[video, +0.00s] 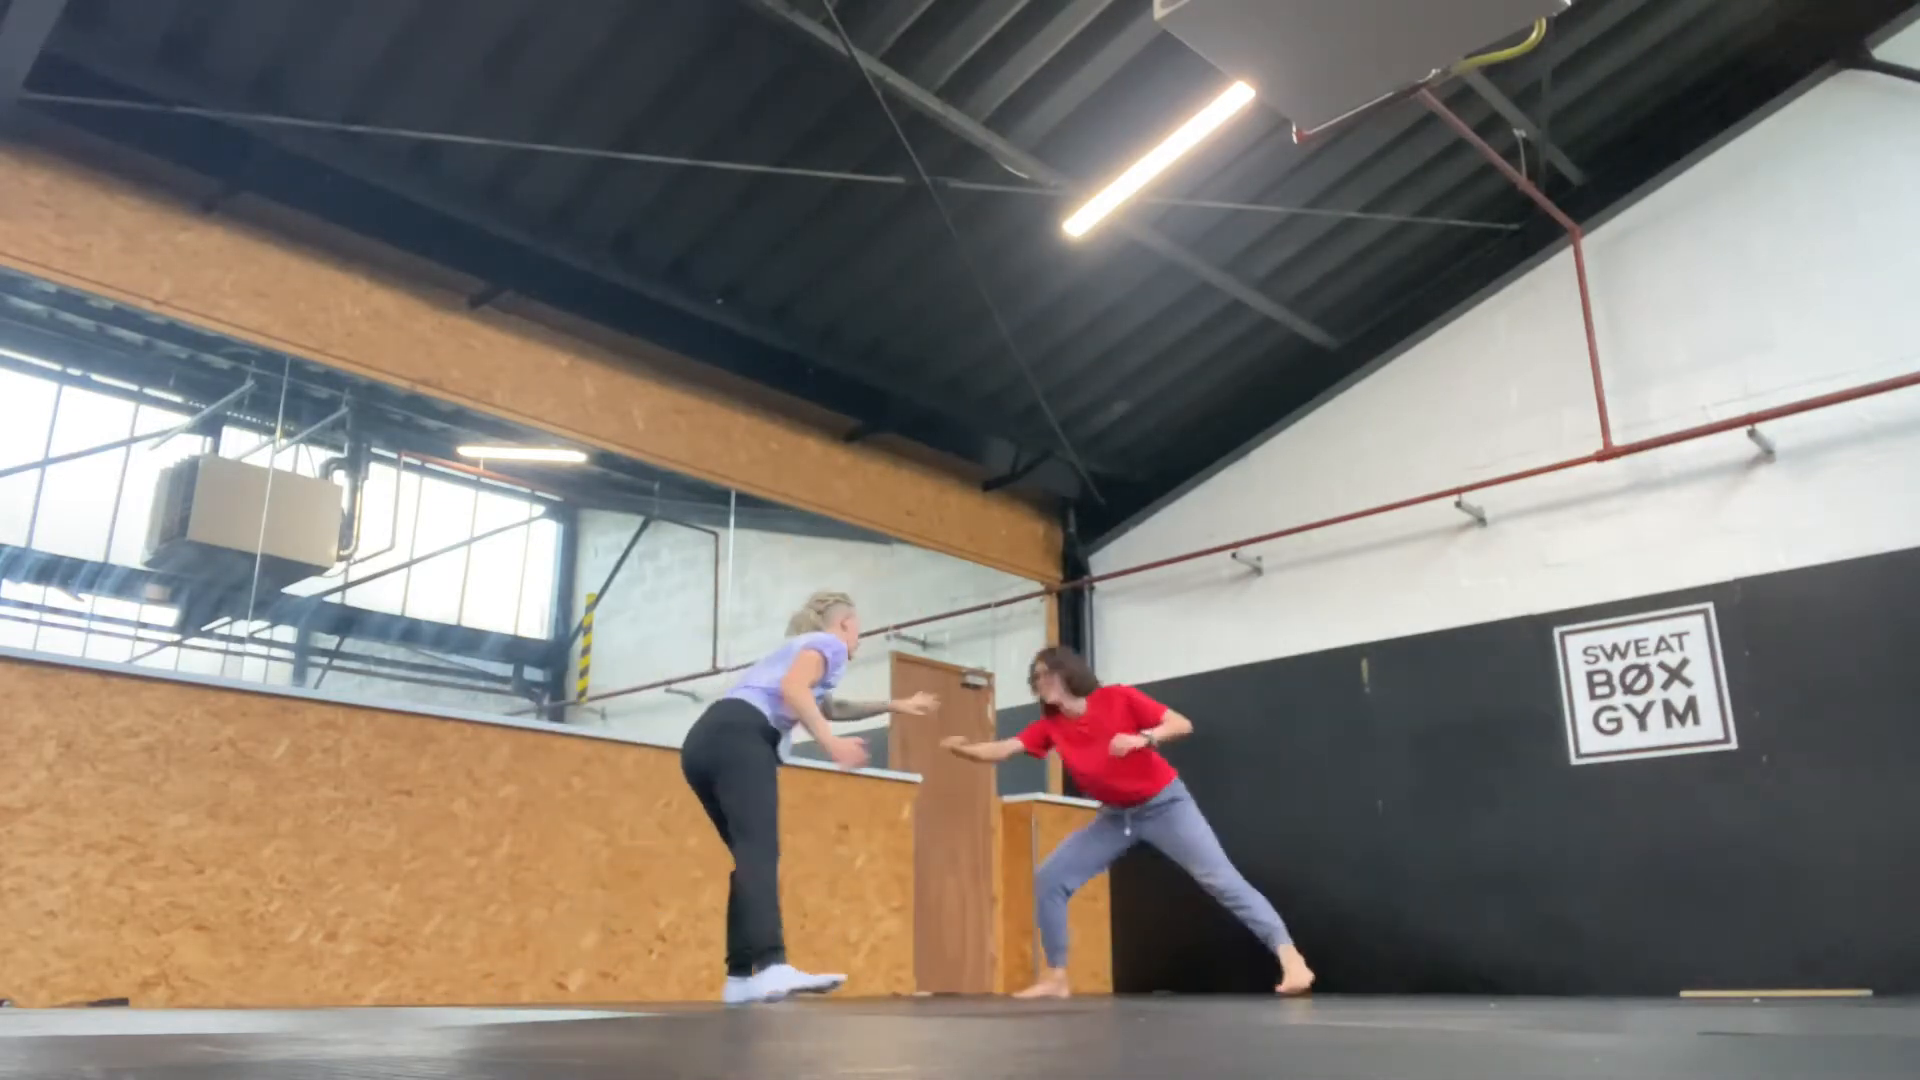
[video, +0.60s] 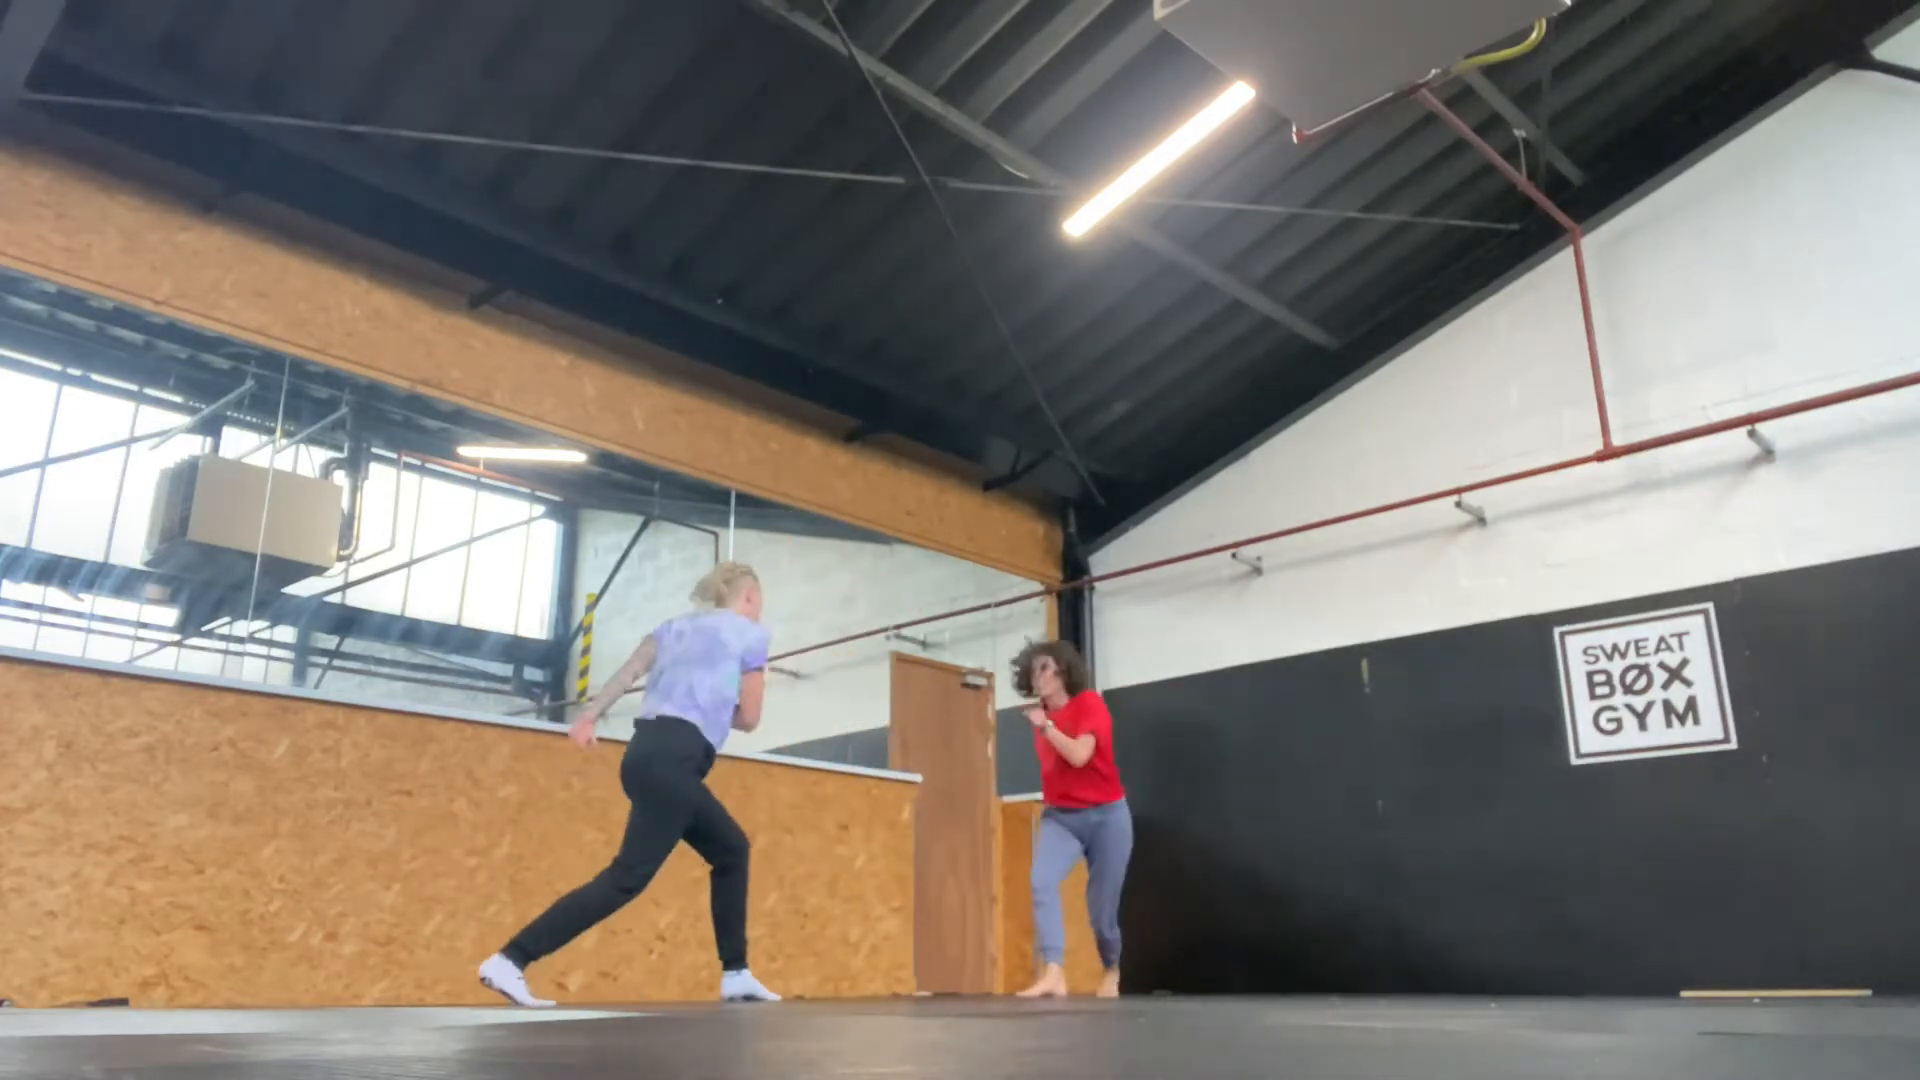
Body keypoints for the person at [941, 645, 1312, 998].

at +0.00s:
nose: (1038, 686)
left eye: (1043, 677)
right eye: (1036, 680)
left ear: (1065, 675)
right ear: (1043, 686)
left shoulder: (1117, 698)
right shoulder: (1050, 728)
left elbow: (1181, 725)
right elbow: (1002, 750)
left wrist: (1144, 736)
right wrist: (965, 747)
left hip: (1165, 806)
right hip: (1115, 818)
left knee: (1220, 880)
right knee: (1051, 878)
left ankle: (1292, 961)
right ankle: (1056, 978)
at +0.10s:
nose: (1019, 683)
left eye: (1023, 675)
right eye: (1017, 677)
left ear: (1046, 670)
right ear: (1025, 679)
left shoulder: (1088, 688)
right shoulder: (1026, 719)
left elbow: (1143, 714)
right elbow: (977, 743)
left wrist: (1091, 723)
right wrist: (925, 756)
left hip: (1144, 792)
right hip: (1096, 807)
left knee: (1196, 876)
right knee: (1045, 873)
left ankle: (1268, 958)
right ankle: (1055, 978)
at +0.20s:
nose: (1022, 687)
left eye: (1026, 677)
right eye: (1015, 680)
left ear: (1045, 666)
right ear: (1010, 676)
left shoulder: (1072, 676)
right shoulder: (1014, 713)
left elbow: (1086, 700)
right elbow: (974, 743)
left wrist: (1036, 696)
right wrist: (923, 771)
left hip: (1130, 782)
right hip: (1084, 799)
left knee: (1171, 877)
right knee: (1046, 872)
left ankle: (1223, 958)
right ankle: (1054, 978)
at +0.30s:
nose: (1011, 663)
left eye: (1017, 654)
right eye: (1008, 657)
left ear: (1039, 651)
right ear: (1007, 661)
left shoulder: (1069, 667)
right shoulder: (1021, 704)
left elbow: (1047, 677)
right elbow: (996, 743)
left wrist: (1006, 671)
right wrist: (964, 775)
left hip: (1119, 777)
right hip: (1073, 791)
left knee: (1147, 876)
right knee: (1050, 874)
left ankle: (1178, 951)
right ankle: (1055, 976)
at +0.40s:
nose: (1017, 653)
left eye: (1023, 642)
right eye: (1013, 648)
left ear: (1044, 639)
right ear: (1013, 653)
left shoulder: (1069, 661)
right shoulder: (1031, 694)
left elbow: (1039, 676)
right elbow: (1024, 736)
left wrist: (1007, 667)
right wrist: (1012, 766)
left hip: (1114, 780)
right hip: (1067, 790)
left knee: (1126, 882)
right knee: (1057, 878)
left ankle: (1144, 946)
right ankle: (1056, 975)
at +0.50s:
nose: (1033, 653)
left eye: (1038, 645)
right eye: (1027, 648)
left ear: (1053, 646)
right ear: (1022, 658)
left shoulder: (1076, 672)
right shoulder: (1035, 696)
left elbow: (1055, 708)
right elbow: (1051, 745)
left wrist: (1027, 688)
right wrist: (1046, 777)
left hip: (1110, 792)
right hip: (1064, 796)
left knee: (1112, 890)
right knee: (1055, 881)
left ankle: (1117, 966)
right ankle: (1055, 973)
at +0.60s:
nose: (1040, 677)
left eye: (1047, 669)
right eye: (1035, 672)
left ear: (1065, 672)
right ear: (1030, 680)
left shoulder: (1089, 703)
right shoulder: (1041, 717)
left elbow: (1080, 754)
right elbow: (1052, 767)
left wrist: (1045, 726)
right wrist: (1053, 805)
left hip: (1106, 815)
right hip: (1060, 818)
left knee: (1101, 908)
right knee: (1042, 881)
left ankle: (1112, 972)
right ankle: (1053, 974)